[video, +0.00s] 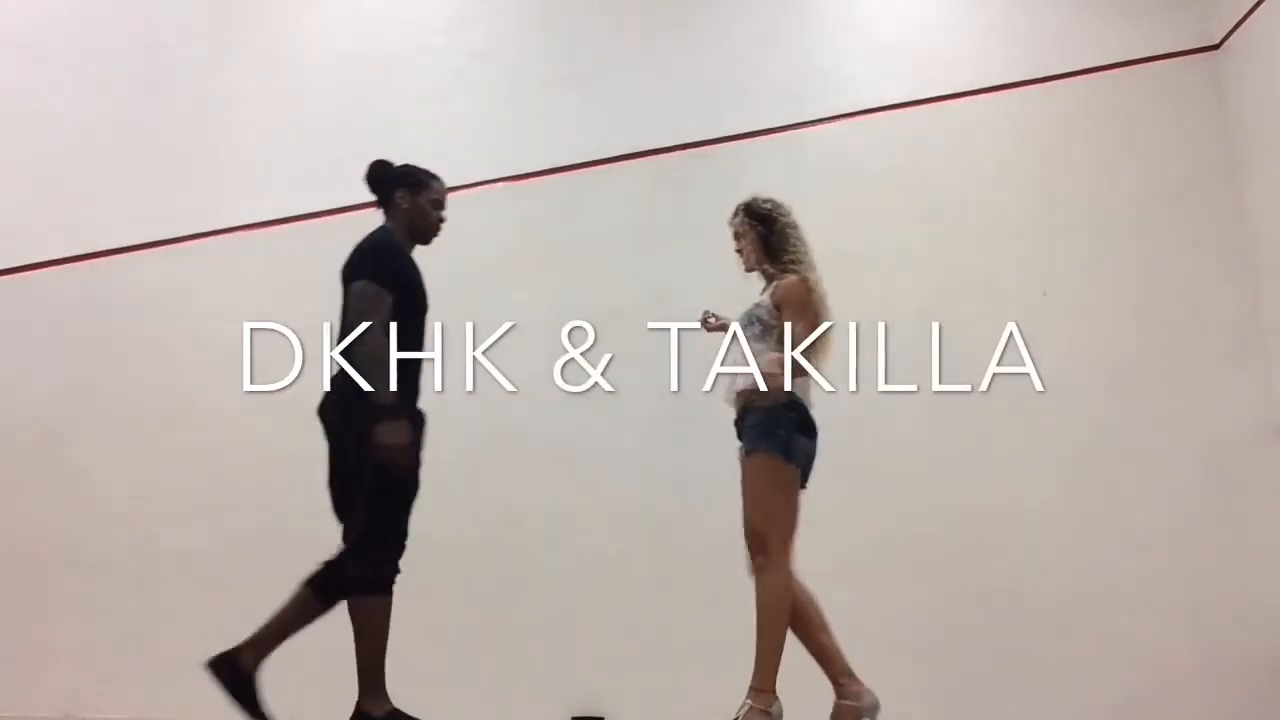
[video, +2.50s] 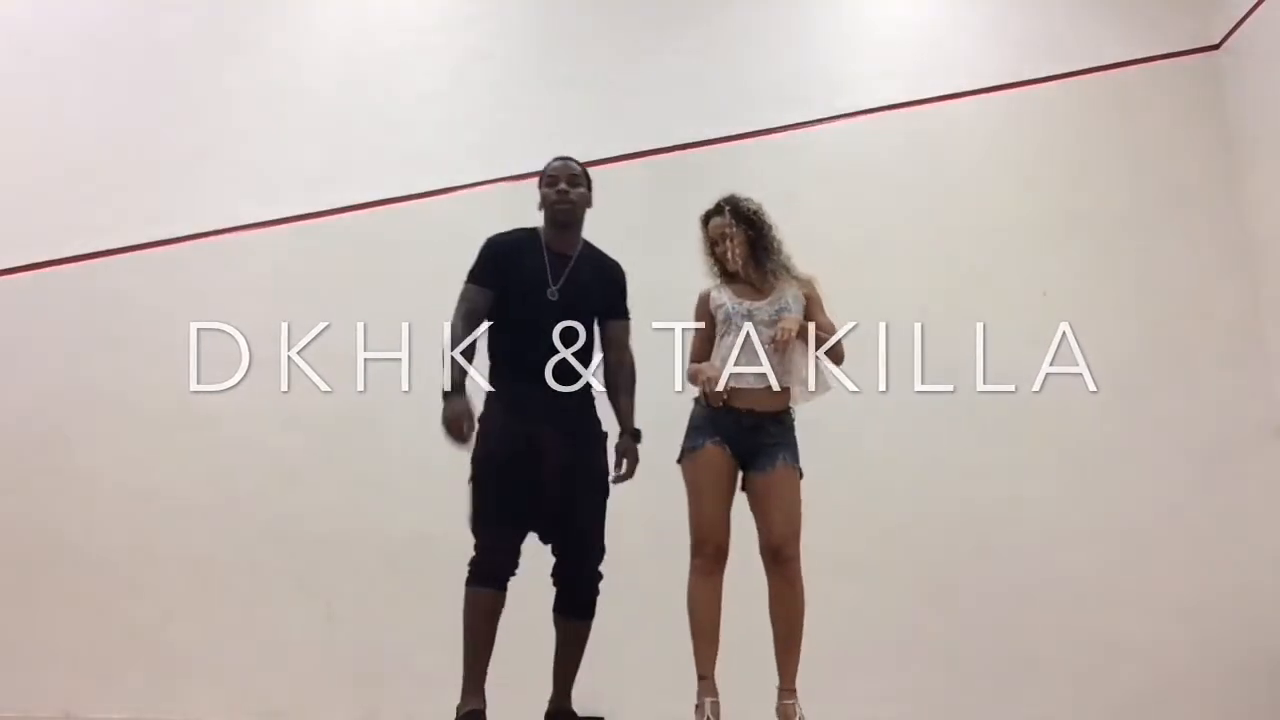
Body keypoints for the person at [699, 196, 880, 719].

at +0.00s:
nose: (736, 246)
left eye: (740, 236)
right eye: (734, 238)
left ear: (764, 235)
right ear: (760, 239)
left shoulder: (791, 286)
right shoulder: (776, 292)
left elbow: (806, 354)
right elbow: (772, 352)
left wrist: (759, 381)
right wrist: (730, 329)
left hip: (777, 422)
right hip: (763, 422)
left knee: (769, 558)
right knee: (769, 564)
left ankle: (762, 698)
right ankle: (850, 689)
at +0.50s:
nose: (696, 233)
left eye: (702, 223)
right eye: (696, 225)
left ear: (726, 224)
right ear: (716, 229)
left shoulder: (761, 271)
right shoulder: (725, 284)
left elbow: (758, 340)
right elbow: (720, 361)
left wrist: (707, 317)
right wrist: (684, 349)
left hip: (756, 416)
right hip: (716, 421)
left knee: (755, 549)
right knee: (682, 541)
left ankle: (762, 694)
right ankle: (737, 657)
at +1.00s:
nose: (681, 247)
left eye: (687, 236)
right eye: (679, 238)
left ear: (714, 234)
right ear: (689, 244)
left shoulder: (765, 282)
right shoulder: (687, 298)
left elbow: (795, 357)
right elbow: (672, 379)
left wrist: (755, 351)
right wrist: (662, 335)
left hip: (736, 430)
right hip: (682, 429)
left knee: (708, 549)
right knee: (686, 559)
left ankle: (727, 689)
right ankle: (700, 694)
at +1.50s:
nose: (705, 241)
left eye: (713, 231)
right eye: (701, 235)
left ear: (739, 234)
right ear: (699, 244)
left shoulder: (780, 296)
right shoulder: (696, 296)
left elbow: (794, 362)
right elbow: (673, 368)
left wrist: (789, 387)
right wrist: (691, 309)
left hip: (773, 431)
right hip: (713, 431)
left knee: (782, 555)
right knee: (709, 553)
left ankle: (788, 692)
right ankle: (705, 693)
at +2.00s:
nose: (740, 250)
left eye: (747, 240)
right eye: (734, 243)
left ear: (771, 240)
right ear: (729, 250)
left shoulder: (810, 300)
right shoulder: (726, 305)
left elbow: (827, 375)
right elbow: (708, 376)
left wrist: (801, 365)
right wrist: (727, 369)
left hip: (798, 430)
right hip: (740, 431)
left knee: (801, 556)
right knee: (745, 533)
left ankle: (794, 695)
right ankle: (755, 678)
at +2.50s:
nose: (726, 246)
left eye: (732, 235)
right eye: (717, 240)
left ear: (755, 233)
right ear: (711, 248)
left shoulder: (798, 290)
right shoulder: (713, 298)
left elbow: (835, 353)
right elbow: (694, 367)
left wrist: (802, 327)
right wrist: (703, 372)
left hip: (773, 431)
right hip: (713, 427)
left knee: (782, 555)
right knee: (708, 552)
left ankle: (789, 695)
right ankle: (706, 691)